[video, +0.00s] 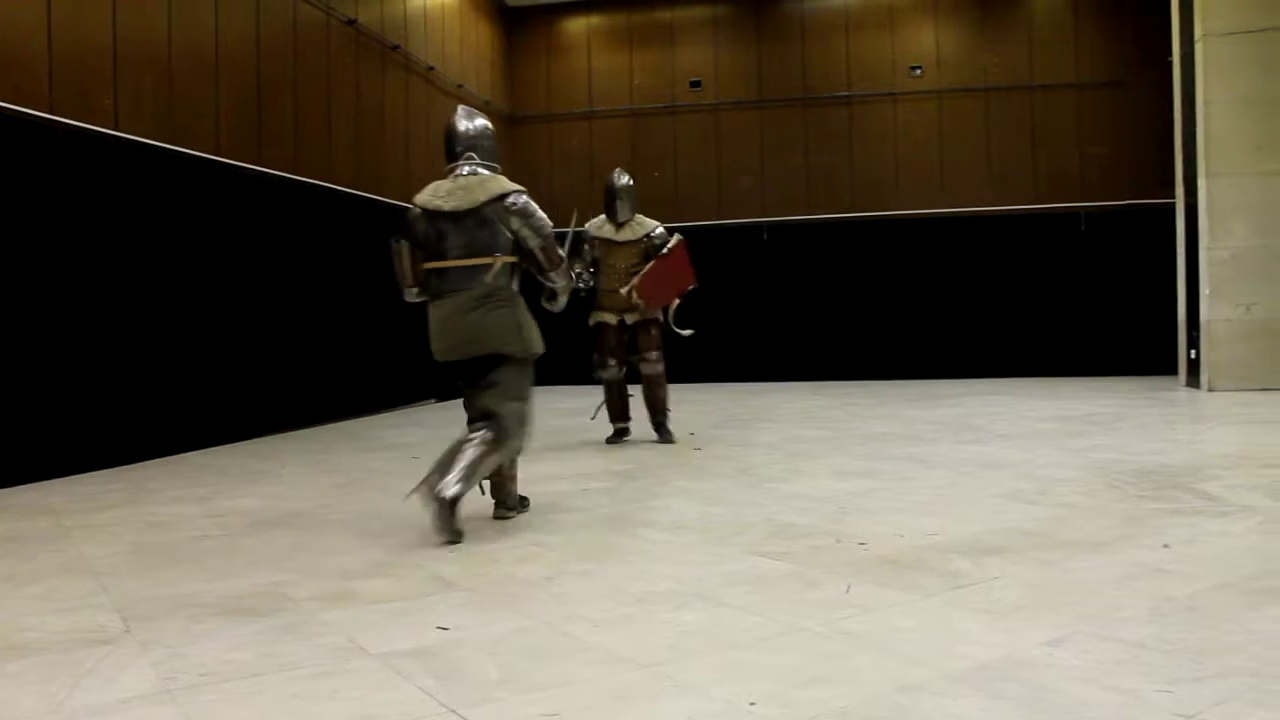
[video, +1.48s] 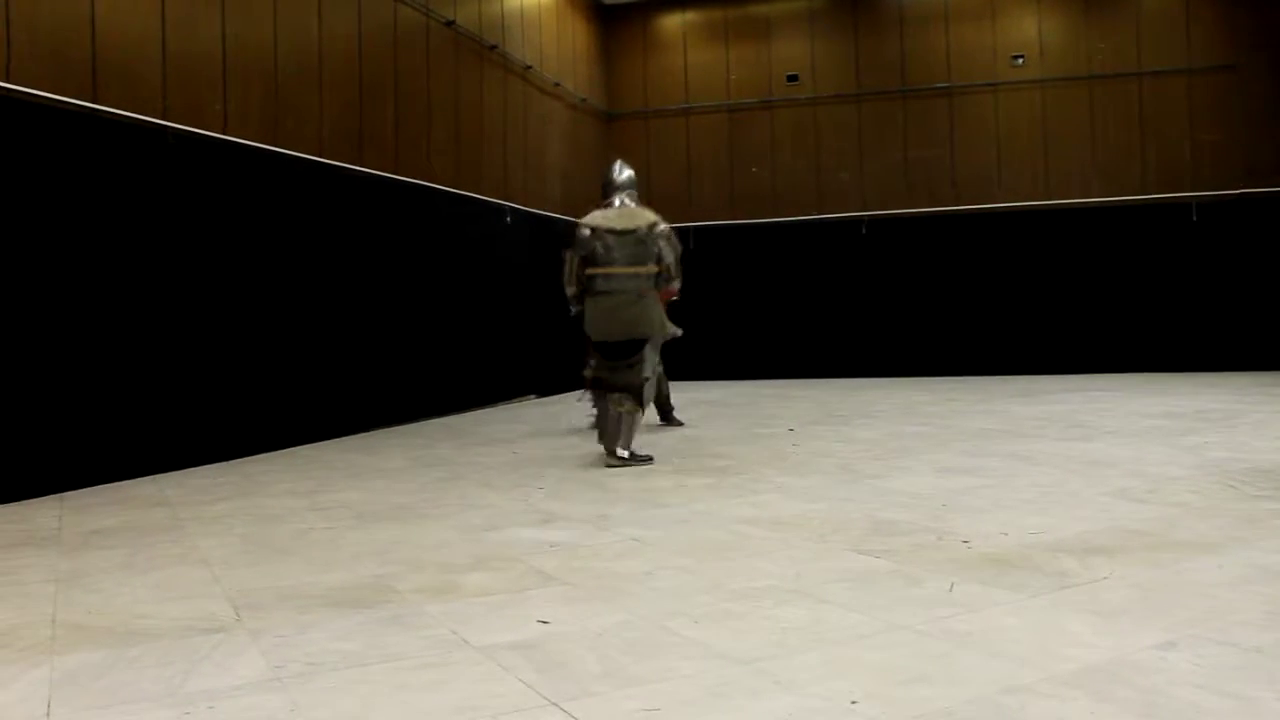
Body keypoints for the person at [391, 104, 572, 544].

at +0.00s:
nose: (493, 153)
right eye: (492, 146)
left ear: (450, 150)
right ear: (492, 146)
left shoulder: (425, 203)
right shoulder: (503, 193)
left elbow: (413, 281)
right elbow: (545, 244)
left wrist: (441, 289)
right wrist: (558, 284)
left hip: (447, 322)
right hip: (498, 318)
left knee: (485, 409)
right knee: (509, 419)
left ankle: (506, 496)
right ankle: (446, 489)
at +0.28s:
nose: (535, 156)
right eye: (534, 150)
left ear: (493, 152)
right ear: (531, 151)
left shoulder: (468, 202)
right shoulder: (546, 196)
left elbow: (457, 265)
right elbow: (582, 244)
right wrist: (585, 272)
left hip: (484, 319)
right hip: (540, 318)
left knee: (498, 407)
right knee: (573, 396)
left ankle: (507, 497)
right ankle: (591, 479)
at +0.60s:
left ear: (548, 164)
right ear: (585, 162)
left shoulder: (524, 211)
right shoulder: (607, 210)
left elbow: (516, 271)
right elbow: (634, 272)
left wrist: (537, 291)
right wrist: (616, 309)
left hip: (543, 322)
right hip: (595, 322)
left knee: (549, 384)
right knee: (603, 395)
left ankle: (548, 449)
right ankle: (611, 471)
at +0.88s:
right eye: (626, 170)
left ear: (595, 173)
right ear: (631, 171)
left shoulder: (576, 215)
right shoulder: (654, 213)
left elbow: (561, 277)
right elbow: (678, 276)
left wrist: (581, 298)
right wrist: (652, 298)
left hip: (592, 318)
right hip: (640, 315)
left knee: (600, 382)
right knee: (642, 391)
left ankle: (601, 451)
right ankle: (650, 472)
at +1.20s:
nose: (632, 186)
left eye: (621, 180)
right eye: (636, 179)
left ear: (611, 180)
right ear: (644, 179)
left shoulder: (592, 219)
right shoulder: (665, 219)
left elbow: (576, 277)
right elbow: (686, 277)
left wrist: (582, 306)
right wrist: (662, 304)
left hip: (610, 314)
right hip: (655, 312)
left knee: (622, 381)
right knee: (659, 377)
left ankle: (634, 452)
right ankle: (666, 442)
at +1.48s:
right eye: (631, 187)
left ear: (606, 189)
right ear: (636, 188)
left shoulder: (589, 223)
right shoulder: (653, 223)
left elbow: (574, 276)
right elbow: (670, 273)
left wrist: (581, 300)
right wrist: (654, 297)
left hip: (600, 313)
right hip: (640, 313)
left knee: (604, 370)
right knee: (636, 378)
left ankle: (608, 440)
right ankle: (622, 447)